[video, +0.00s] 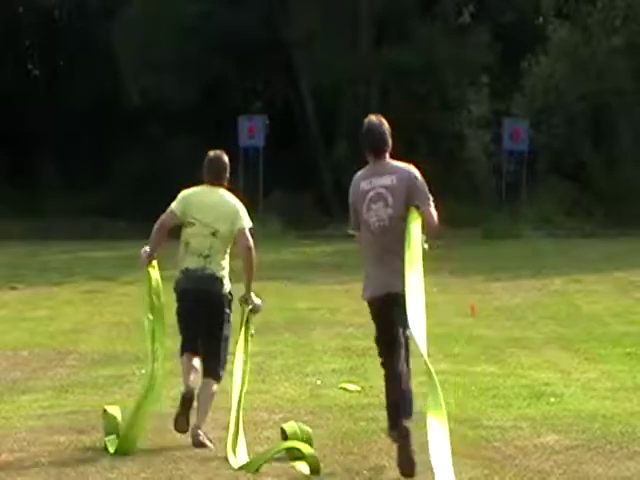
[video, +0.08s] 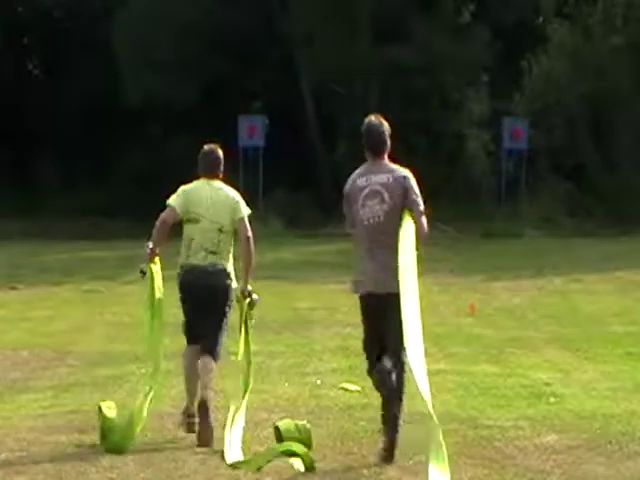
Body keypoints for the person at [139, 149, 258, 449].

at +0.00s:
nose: (220, 178)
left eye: (212, 171)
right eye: (225, 174)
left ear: (203, 173)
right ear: (227, 176)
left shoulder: (188, 196)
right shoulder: (235, 205)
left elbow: (162, 224)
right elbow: (247, 246)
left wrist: (151, 251)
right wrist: (248, 290)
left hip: (186, 280)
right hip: (216, 284)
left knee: (189, 344)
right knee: (213, 363)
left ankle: (189, 387)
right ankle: (198, 428)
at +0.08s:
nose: (215, 171)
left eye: (207, 166)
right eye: (220, 166)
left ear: (199, 168)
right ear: (222, 168)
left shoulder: (187, 192)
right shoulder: (234, 197)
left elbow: (164, 220)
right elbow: (246, 239)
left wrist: (153, 248)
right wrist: (246, 282)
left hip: (189, 273)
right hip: (220, 275)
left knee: (193, 343)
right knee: (209, 346)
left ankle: (190, 406)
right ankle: (205, 397)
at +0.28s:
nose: (230, 172)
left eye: (227, 167)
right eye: (230, 168)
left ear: (204, 169)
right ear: (226, 169)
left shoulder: (191, 192)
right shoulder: (233, 196)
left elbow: (168, 220)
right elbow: (244, 234)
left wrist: (157, 248)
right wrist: (247, 271)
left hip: (196, 272)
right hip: (224, 272)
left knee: (195, 342)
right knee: (220, 335)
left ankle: (196, 411)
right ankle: (216, 375)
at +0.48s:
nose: (243, 175)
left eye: (236, 170)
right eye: (243, 171)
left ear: (221, 170)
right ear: (243, 172)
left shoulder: (205, 190)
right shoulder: (245, 201)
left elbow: (180, 218)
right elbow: (253, 244)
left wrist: (166, 243)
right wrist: (255, 277)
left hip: (200, 264)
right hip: (229, 268)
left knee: (204, 316)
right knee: (228, 340)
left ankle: (206, 346)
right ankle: (227, 401)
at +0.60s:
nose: (239, 167)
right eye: (240, 163)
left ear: (217, 163)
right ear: (238, 164)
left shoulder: (206, 184)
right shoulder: (246, 191)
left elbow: (185, 210)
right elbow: (259, 237)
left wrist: (172, 235)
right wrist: (263, 273)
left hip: (209, 258)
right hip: (236, 259)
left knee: (216, 317)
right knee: (230, 324)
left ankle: (220, 376)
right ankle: (227, 381)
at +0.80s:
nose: (235, 175)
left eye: (228, 170)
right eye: (239, 171)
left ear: (220, 172)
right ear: (241, 172)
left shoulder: (210, 194)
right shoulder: (249, 196)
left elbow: (189, 219)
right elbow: (266, 233)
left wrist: (179, 242)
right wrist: (277, 267)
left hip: (217, 258)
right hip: (243, 257)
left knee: (222, 325)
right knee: (243, 316)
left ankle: (230, 388)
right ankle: (241, 339)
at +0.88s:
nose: (247, 170)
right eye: (247, 166)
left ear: (227, 165)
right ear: (248, 167)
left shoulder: (213, 186)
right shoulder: (253, 190)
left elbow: (192, 214)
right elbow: (270, 227)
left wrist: (184, 240)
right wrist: (282, 257)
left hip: (217, 254)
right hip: (244, 255)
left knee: (224, 320)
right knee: (242, 316)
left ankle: (229, 372)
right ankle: (244, 373)